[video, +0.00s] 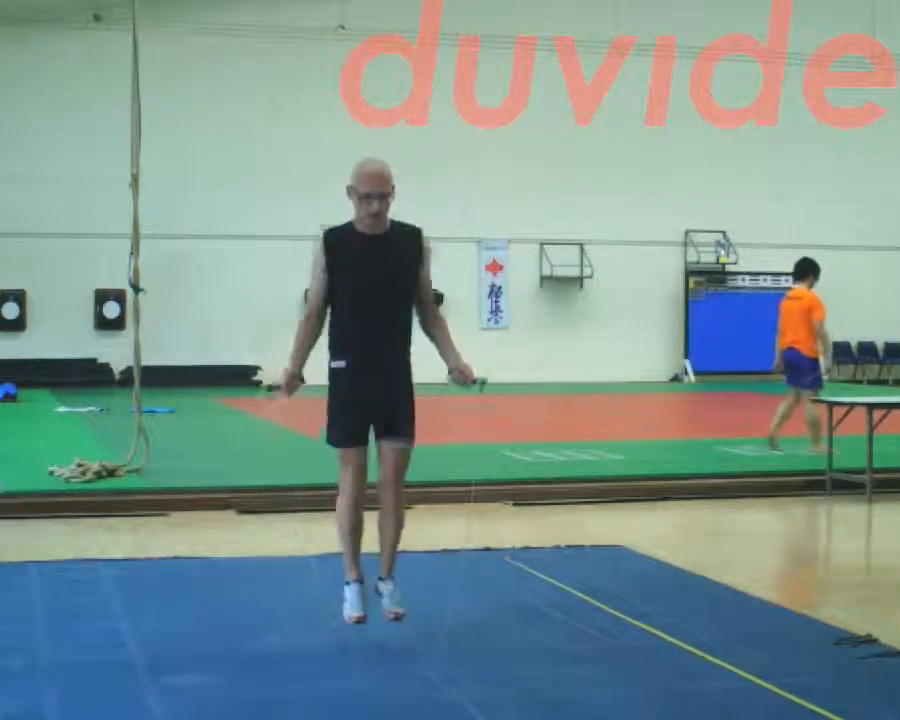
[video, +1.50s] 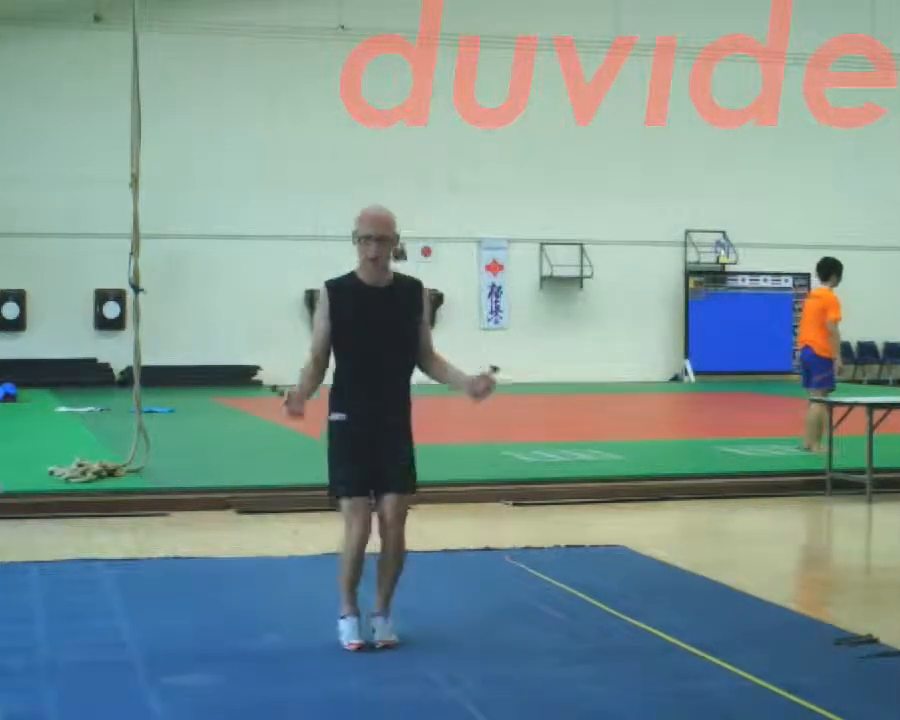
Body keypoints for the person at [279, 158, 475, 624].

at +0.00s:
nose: (375, 206)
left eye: (383, 197)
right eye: (367, 198)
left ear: (393, 195)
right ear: (351, 196)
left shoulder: (413, 242)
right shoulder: (332, 243)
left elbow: (428, 309)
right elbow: (314, 312)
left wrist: (453, 358)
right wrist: (294, 366)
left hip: (395, 372)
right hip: (349, 372)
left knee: (394, 474)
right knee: (353, 474)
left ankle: (386, 579)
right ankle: (352, 580)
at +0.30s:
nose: (376, 228)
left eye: (383, 220)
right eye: (367, 220)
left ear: (393, 219)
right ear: (351, 220)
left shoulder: (414, 266)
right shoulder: (331, 270)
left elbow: (434, 332)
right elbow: (312, 339)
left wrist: (472, 371)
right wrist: (285, 386)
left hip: (395, 394)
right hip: (348, 394)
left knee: (393, 501)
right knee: (355, 503)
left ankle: (384, 603)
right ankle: (352, 604)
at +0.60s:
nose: (380, 192)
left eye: (387, 184)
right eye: (371, 185)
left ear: (397, 185)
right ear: (355, 187)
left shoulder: (416, 234)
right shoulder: (334, 236)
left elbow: (432, 302)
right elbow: (315, 305)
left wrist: (463, 350)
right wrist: (290, 353)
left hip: (396, 357)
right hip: (350, 358)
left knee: (395, 452)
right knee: (358, 452)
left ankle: (387, 559)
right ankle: (357, 558)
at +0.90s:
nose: (378, 240)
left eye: (386, 232)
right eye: (369, 232)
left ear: (397, 233)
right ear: (355, 234)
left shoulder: (417, 282)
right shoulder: (336, 285)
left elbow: (434, 350)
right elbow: (322, 349)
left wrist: (473, 383)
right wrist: (300, 389)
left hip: (400, 406)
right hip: (354, 407)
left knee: (396, 509)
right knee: (364, 515)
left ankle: (390, 612)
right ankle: (361, 612)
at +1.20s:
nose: (377, 191)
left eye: (386, 183)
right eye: (368, 182)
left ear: (397, 183)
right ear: (355, 183)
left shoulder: (417, 230)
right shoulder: (334, 233)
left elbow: (430, 296)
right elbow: (318, 298)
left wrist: (457, 346)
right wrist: (301, 351)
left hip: (398, 351)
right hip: (352, 351)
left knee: (399, 448)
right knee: (361, 449)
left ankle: (390, 553)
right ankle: (358, 555)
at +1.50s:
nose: (374, 249)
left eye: (382, 240)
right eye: (366, 240)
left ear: (396, 243)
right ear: (355, 242)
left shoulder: (415, 294)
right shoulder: (333, 294)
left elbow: (427, 358)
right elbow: (318, 358)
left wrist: (466, 382)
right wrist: (302, 391)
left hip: (395, 417)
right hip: (348, 417)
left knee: (393, 520)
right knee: (359, 521)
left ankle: (382, 615)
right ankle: (348, 614)